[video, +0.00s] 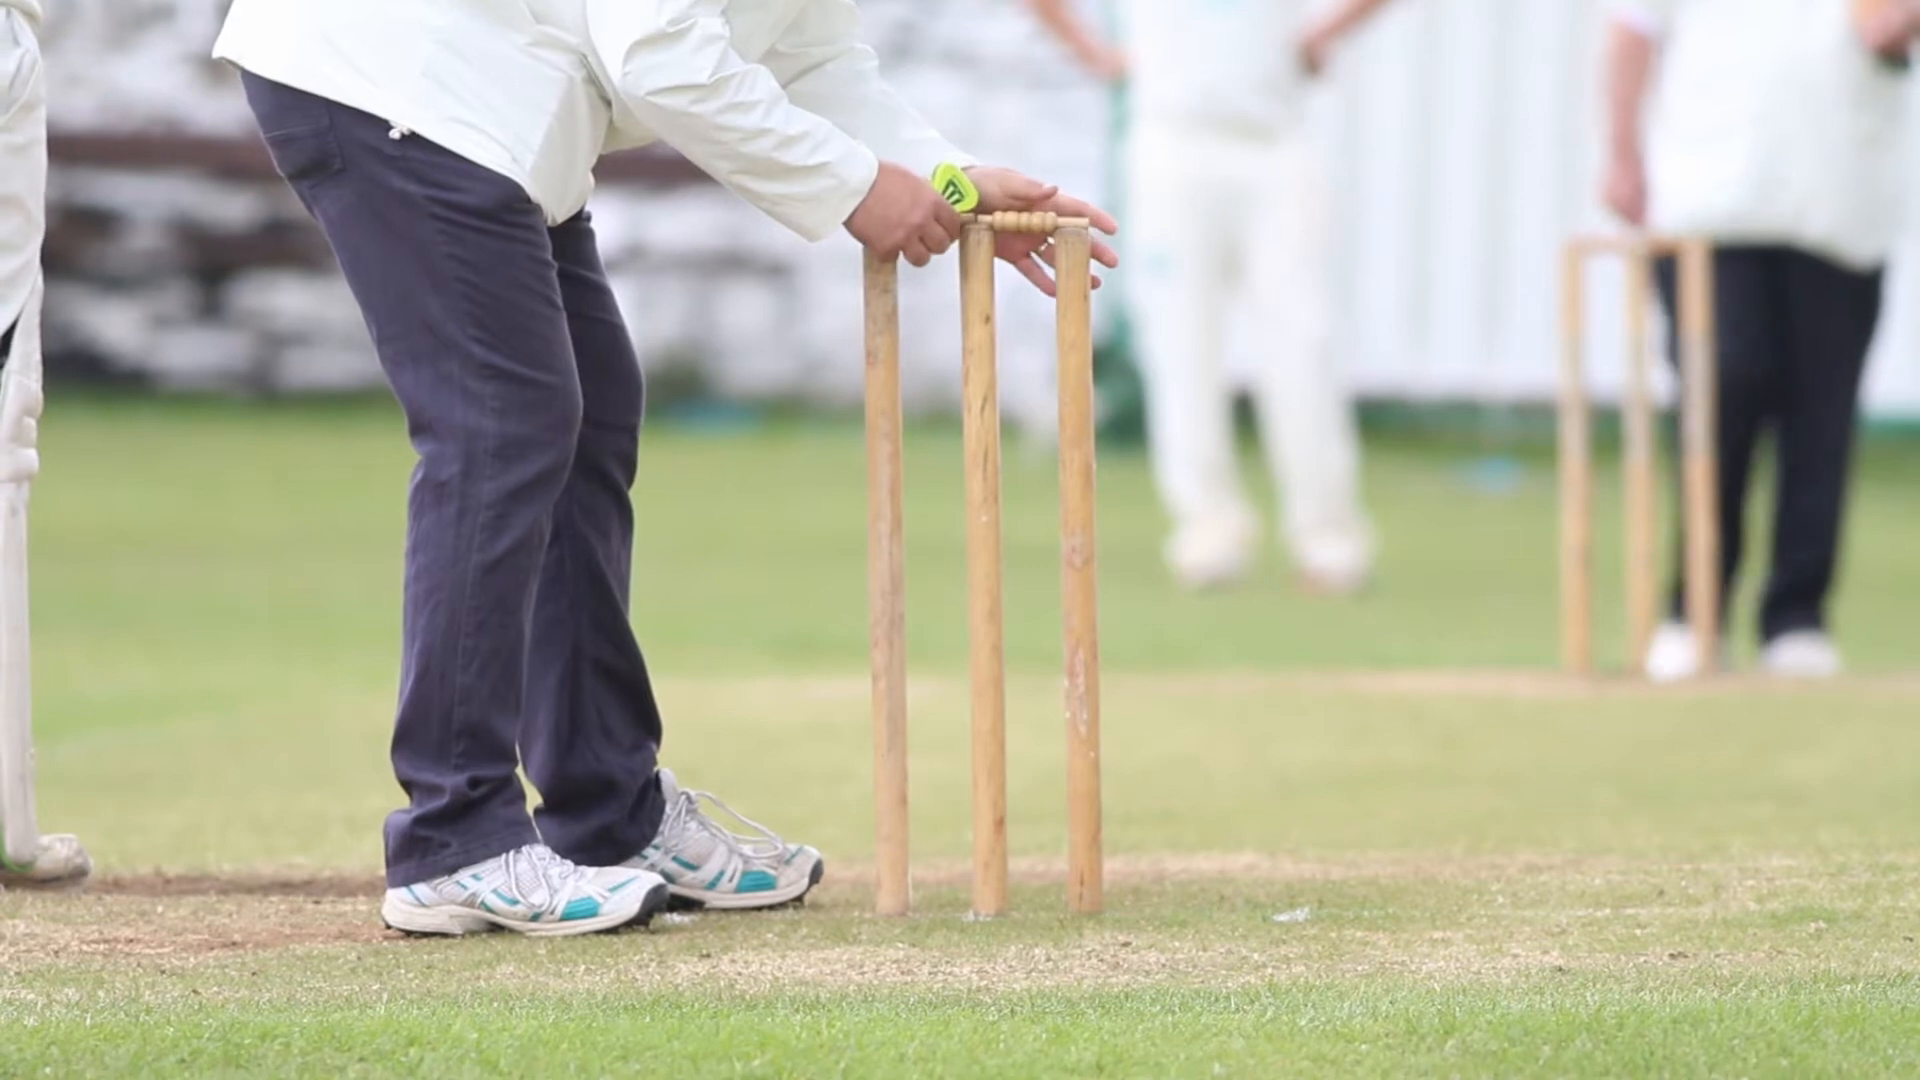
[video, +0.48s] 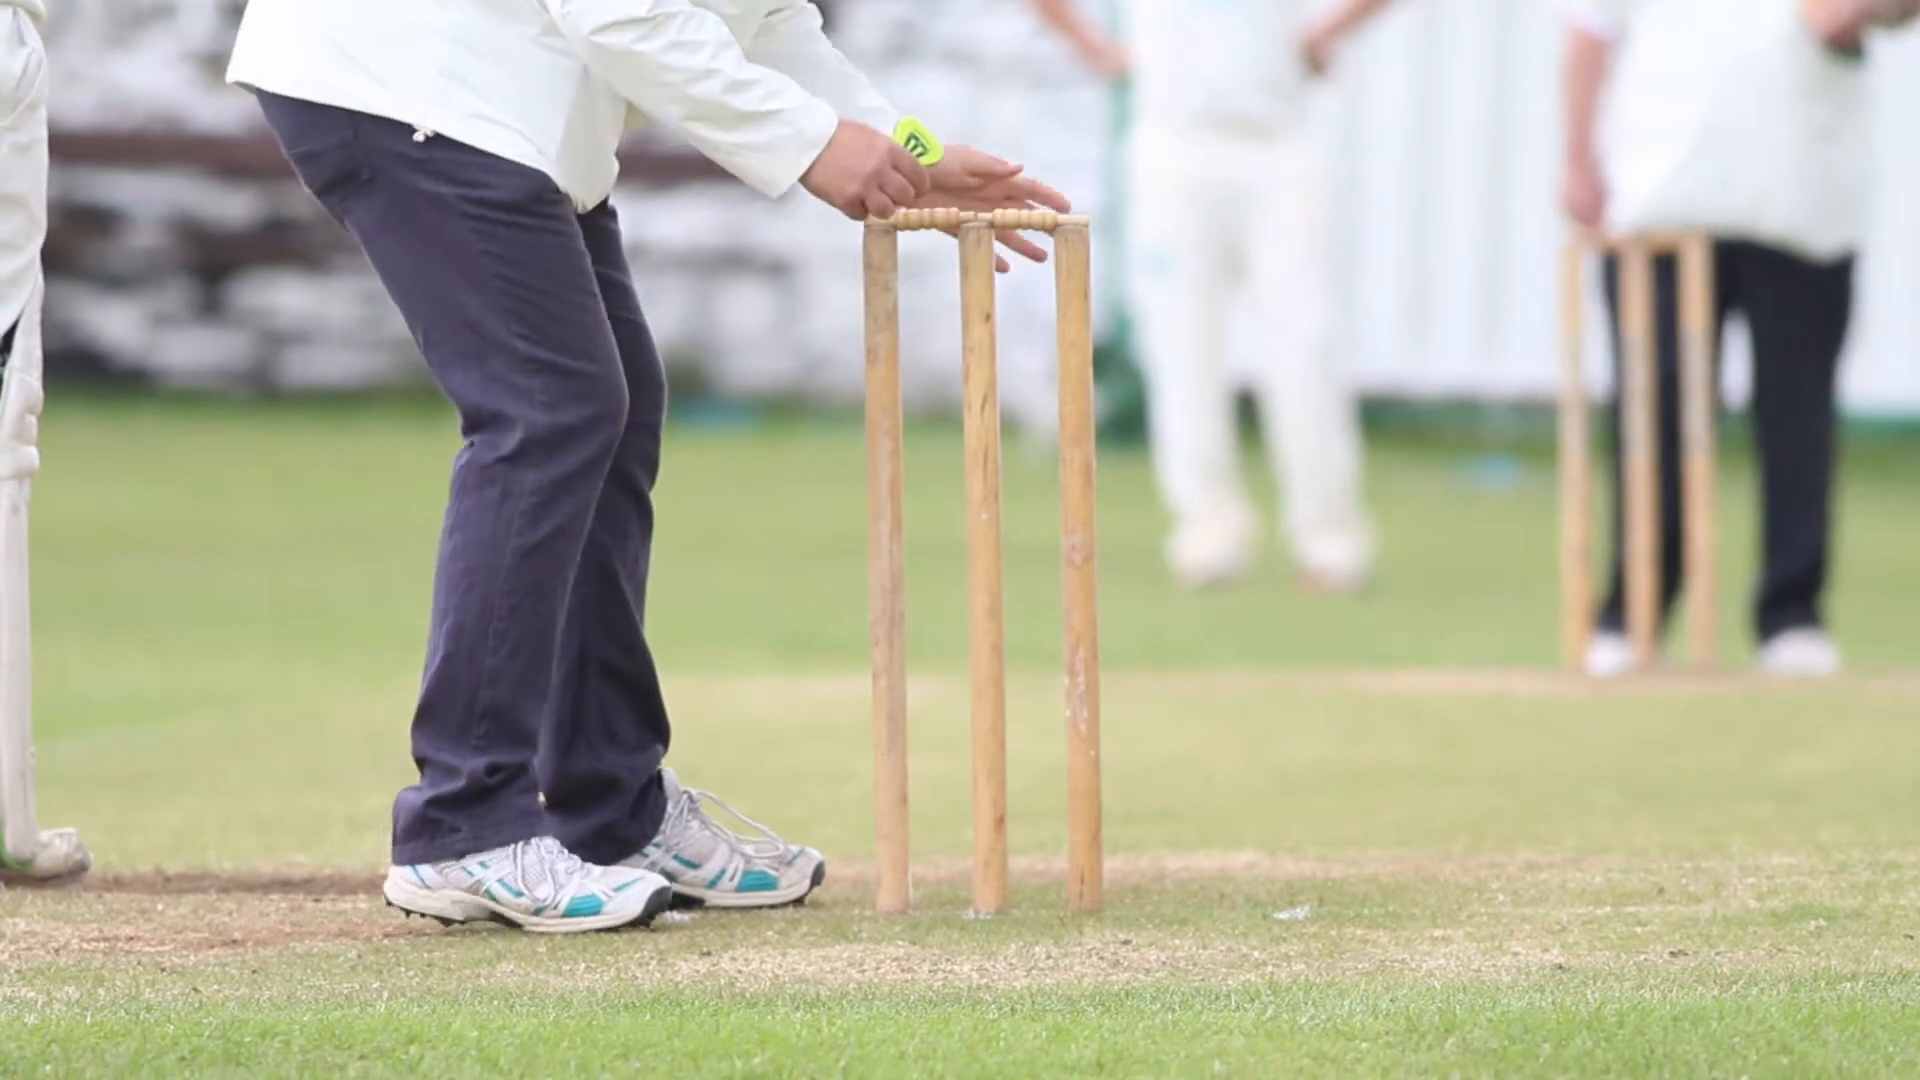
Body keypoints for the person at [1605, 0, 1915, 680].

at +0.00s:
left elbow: (1886, 28)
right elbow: (1633, 24)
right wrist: (1625, 158)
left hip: (1845, 197)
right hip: (1710, 191)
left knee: (1820, 431)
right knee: (1714, 420)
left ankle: (1796, 624)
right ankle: (1690, 622)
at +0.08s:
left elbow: (1884, 27)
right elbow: (1630, 23)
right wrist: (1620, 158)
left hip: (1845, 195)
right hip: (1707, 187)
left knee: (1818, 429)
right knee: (1700, 418)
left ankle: (1796, 624)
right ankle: (1674, 618)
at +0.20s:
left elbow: (1879, 24)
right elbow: (1624, 24)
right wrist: (1612, 160)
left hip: (1836, 199)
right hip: (1696, 193)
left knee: (1812, 434)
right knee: (1678, 426)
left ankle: (1796, 624)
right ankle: (1642, 618)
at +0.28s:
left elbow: (1871, 23)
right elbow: (1618, 24)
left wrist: (1888, 17)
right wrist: (1605, 160)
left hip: (1831, 199)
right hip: (1692, 194)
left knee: (1810, 433)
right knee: (1672, 425)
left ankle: (1795, 623)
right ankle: (1632, 618)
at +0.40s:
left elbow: (1874, 22)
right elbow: (1603, 21)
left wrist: (1878, 14)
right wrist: (1592, 158)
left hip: (1819, 199)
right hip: (1675, 195)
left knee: (1804, 435)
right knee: (1665, 430)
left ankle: (1794, 623)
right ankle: (1628, 623)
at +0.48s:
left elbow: (1895, 13)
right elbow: (1591, 22)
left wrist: (1864, 10)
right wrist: (1580, 157)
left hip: (1808, 193)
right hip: (1662, 187)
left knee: (1797, 428)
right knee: (1652, 425)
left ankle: (1793, 622)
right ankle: (1627, 622)